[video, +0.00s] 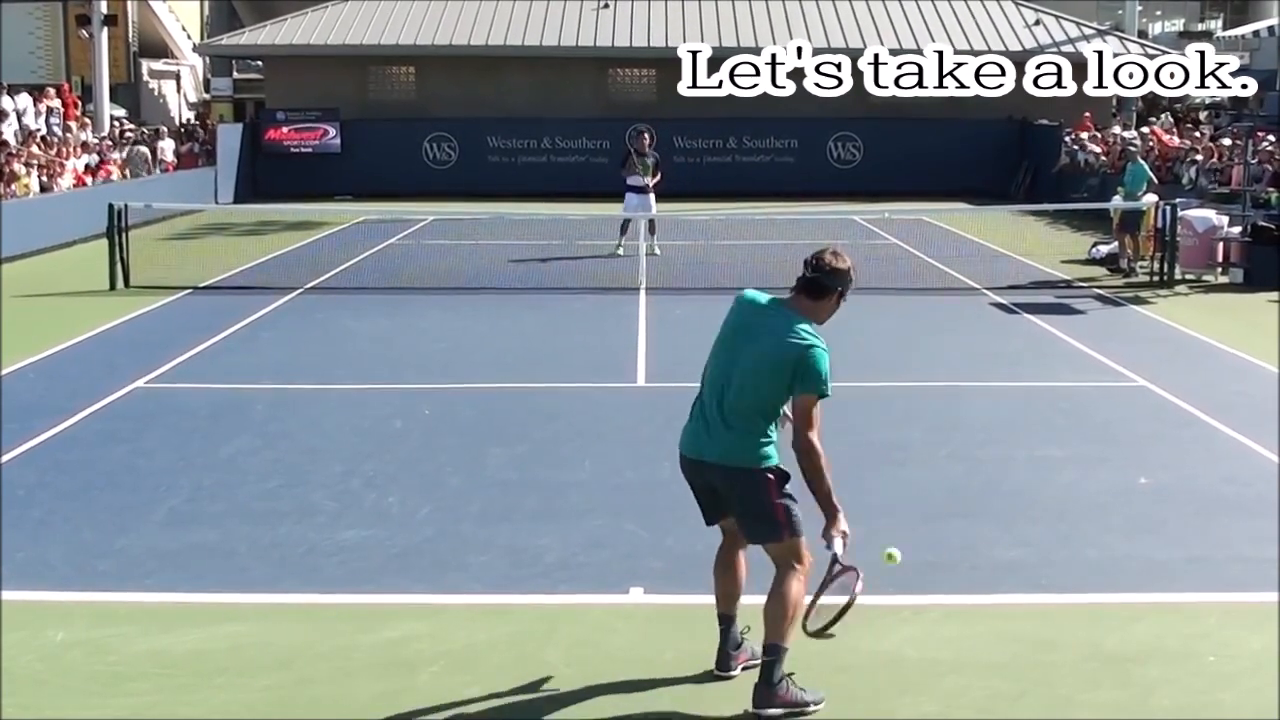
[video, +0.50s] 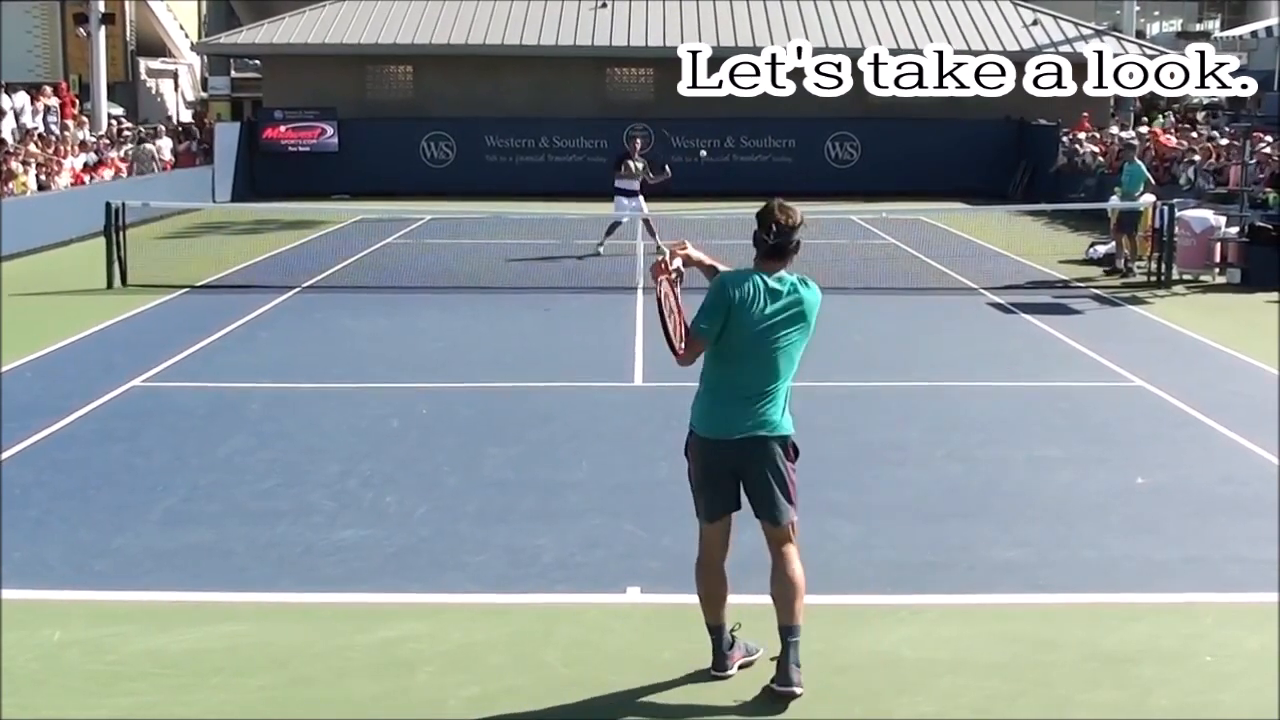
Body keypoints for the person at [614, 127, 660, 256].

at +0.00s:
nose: (644, 141)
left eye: (646, 138)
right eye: (641, 139)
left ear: (649, 141)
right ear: (636, 141)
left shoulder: (654, 156)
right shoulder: (631, 155)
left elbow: (658, 173)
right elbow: (623, 173)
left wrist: (651, 182)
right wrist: (633, 171)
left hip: (647, 189)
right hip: (632, 189)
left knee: (651, 217)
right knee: (628, 217)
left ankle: (653, 244)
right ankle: (620, 244)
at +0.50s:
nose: (635, 145)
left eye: (637, 143)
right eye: (634, 143)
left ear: (640, 146)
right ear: (630, 145)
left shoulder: (642, 162)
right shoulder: (622, 158)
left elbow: (651, 180)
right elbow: (616, 174)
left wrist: (665, 176)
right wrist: (630, 175)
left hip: (636, 193)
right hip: (621, 193)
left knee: (646, 218)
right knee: (620, 220)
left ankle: (658, 245)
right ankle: (602, 243)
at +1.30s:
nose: (619, 138)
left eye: (621, 135)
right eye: (616, 135)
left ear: (623, 137)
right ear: (610, 136)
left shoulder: (625, 153)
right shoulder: (601, 150)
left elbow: (627, 170)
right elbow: (593, 164)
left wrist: (621, 180)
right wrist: (598, 172)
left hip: (619, 184)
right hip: (604, 184)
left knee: (626, 212)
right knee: (599, 213)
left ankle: (632, 236)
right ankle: (593, 241)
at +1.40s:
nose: (622, 137)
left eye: (623, 134)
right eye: (619, 134)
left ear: (625, 136)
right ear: (613, 135)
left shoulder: (629, 152)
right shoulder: (605, 150)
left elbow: (632, 170)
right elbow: (598, 165)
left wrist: (623, 180)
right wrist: (603, 171)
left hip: (623, 186)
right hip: (607, 186)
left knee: (628, 212)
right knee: (602, 212)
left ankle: (631, 237)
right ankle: (593, 239)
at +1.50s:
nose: (625, 135)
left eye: (627, 132)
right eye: (623, 132)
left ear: (629, 134)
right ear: (618, 134)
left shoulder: (634, 150)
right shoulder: (610, 149)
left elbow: (638, 168)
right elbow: (604, 165)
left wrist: (629, 177)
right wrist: (612, 168)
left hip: (628, 184)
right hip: (612, 184)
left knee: (631, 211)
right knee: (605, 210)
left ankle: (632, 236)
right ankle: (595, 236)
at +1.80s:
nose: (629, 134)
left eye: (631, 131)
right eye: (627, 131)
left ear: (635, 133)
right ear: (623, 133)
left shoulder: (639, 149)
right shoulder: (615, 147)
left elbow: (644, 167)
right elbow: (610, 167)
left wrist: (636, 177)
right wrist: (618, 165)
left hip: (632, 184)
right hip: (618, 183)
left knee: (635, 210)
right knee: (614, 209)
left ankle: (634, 236)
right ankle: (611, 235)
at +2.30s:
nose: (635, 131)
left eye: (637, 128)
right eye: (633, 128)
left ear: (640, 130)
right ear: (629, 129)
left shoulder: (644, 145)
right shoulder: (623, 143)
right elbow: (619, 159)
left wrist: (653, 165)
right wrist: (632, 162)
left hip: (636, 178)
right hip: (621, 178)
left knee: (645, 202)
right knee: (615, 204)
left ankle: (650, 229)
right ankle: (600, 228)